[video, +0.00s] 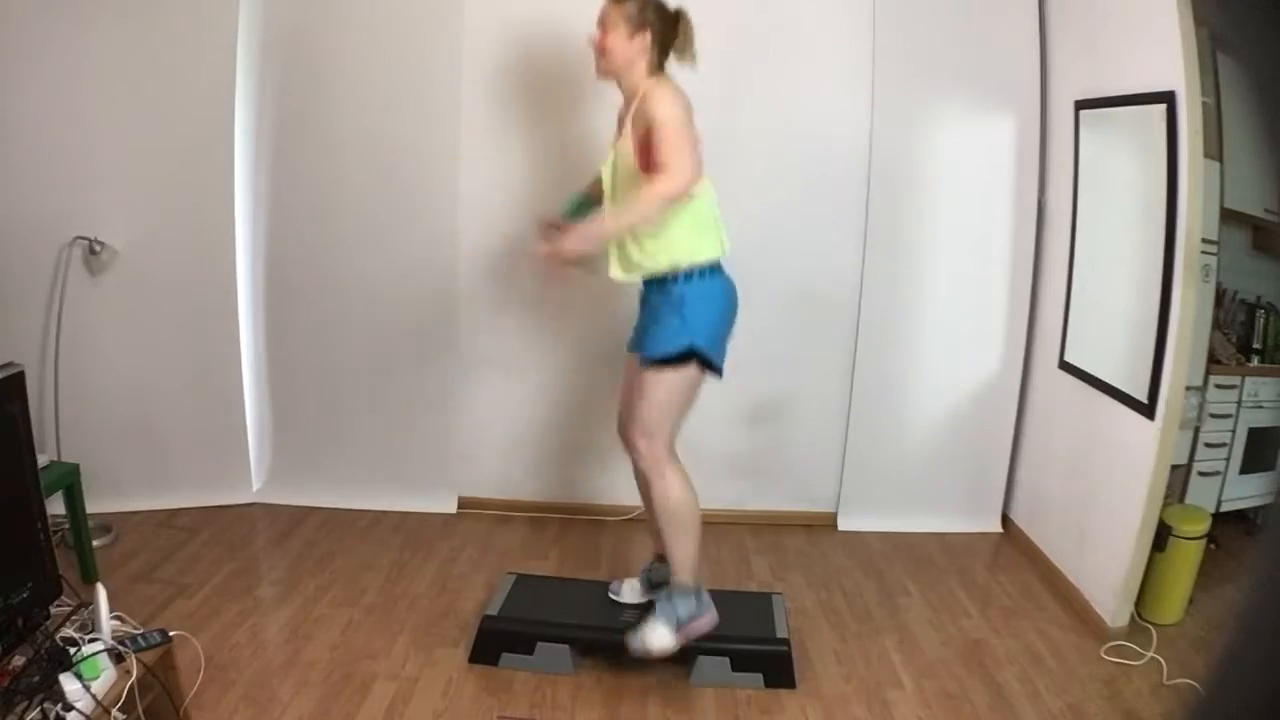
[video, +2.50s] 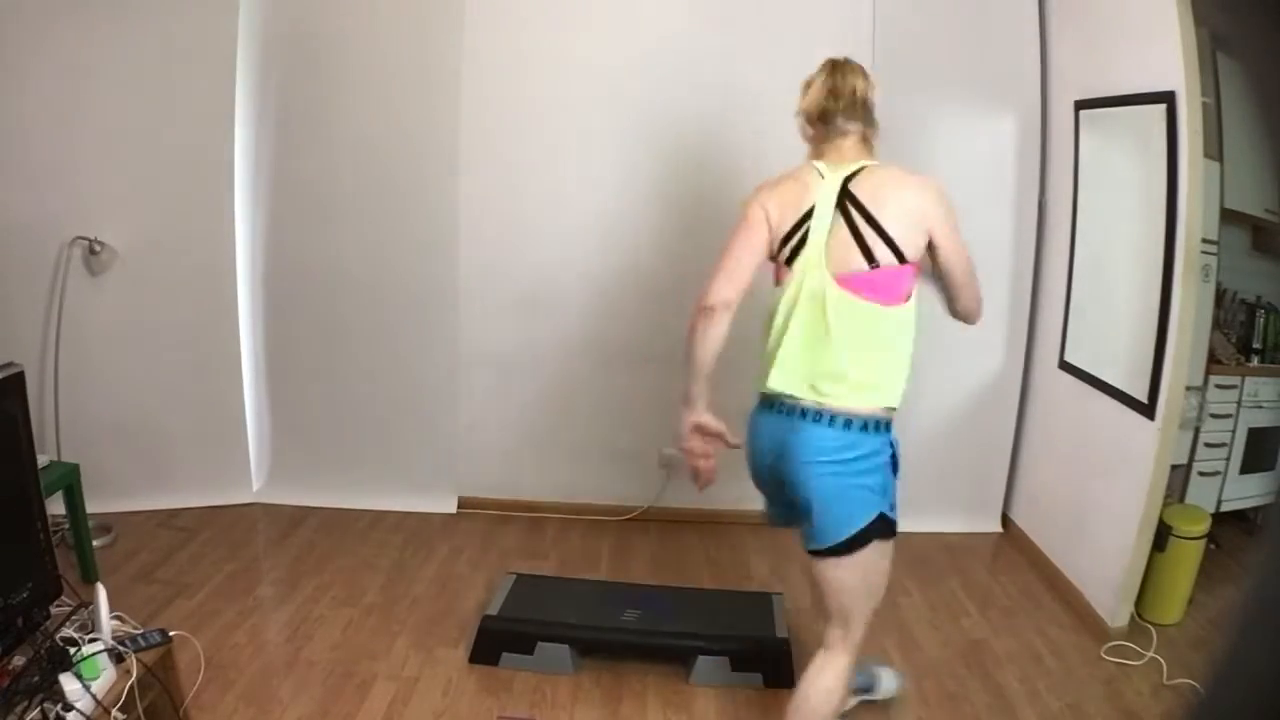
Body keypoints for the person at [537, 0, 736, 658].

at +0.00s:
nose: (594, 41)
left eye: (605, 29)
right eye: (596, 29)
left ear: (642, 40)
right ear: (636, 41)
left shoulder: (661, 99)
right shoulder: (635, 106)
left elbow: (676, 179)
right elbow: (620, 178)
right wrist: (571, 217)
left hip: (691, 291)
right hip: (664, 288)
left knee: (650, 439)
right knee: (635, 431)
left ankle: (691, 599)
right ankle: (670, 563)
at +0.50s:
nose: (641, 93)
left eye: (653, 85)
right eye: (636, 82)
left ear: (684, 89)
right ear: (631, 81)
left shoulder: (711, 144)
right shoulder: (608, 135)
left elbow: (747, 206)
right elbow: (541, 179)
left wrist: (738, 233)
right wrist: (488, 206)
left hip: (683, 310)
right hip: (623, 305)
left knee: (660, 439)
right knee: (609, 424)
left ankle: (660, 567)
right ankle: (610, 497)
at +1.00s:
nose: (705, 150)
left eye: (713, 141)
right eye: (696, 138)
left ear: (718, 141)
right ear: (667, 134)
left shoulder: (722, 194)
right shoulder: (625, 186)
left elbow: (721, 254)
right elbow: (577, 249)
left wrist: (732, 314)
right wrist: (591, 311)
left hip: (688, 336)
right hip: (625, 335)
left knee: (706, 448)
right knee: (607, 446)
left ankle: (679, 531)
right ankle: (592, 517)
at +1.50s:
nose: (814, 103)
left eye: (820, 92)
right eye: (807, 88)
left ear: (818, 93)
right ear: (771, 77)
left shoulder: (810, 136)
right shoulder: (715, 128)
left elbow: (878, 178)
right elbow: (627, 160)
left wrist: (912, 164)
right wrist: (557, 213)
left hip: (760, 301)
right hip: (707, 298)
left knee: (743, 431)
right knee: (749, 432)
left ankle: (710, 522)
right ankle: (740, 559)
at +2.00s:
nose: (914, 141)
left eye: (917, 128)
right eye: (910, 125)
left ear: (876, 118)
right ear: (876, 112)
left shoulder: (857, 178)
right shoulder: (827, 169)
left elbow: (785, 256)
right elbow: (810, 262)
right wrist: (915, 280)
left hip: (861, 371)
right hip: (809, 373)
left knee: (885, 524)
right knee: (843, 541)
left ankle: (853, 657)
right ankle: (758, 564)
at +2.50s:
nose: (804, 129)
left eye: (804, 120)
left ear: (806, 123)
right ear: (870, 119)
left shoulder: (776, 196)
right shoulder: (915, 193)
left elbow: (716, 304)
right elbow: (967, 307)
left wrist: (698, 405)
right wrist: (921, 249)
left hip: (771, 432)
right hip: (849, 449)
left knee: (821, 572)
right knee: (840, 638)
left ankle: (842, 679)